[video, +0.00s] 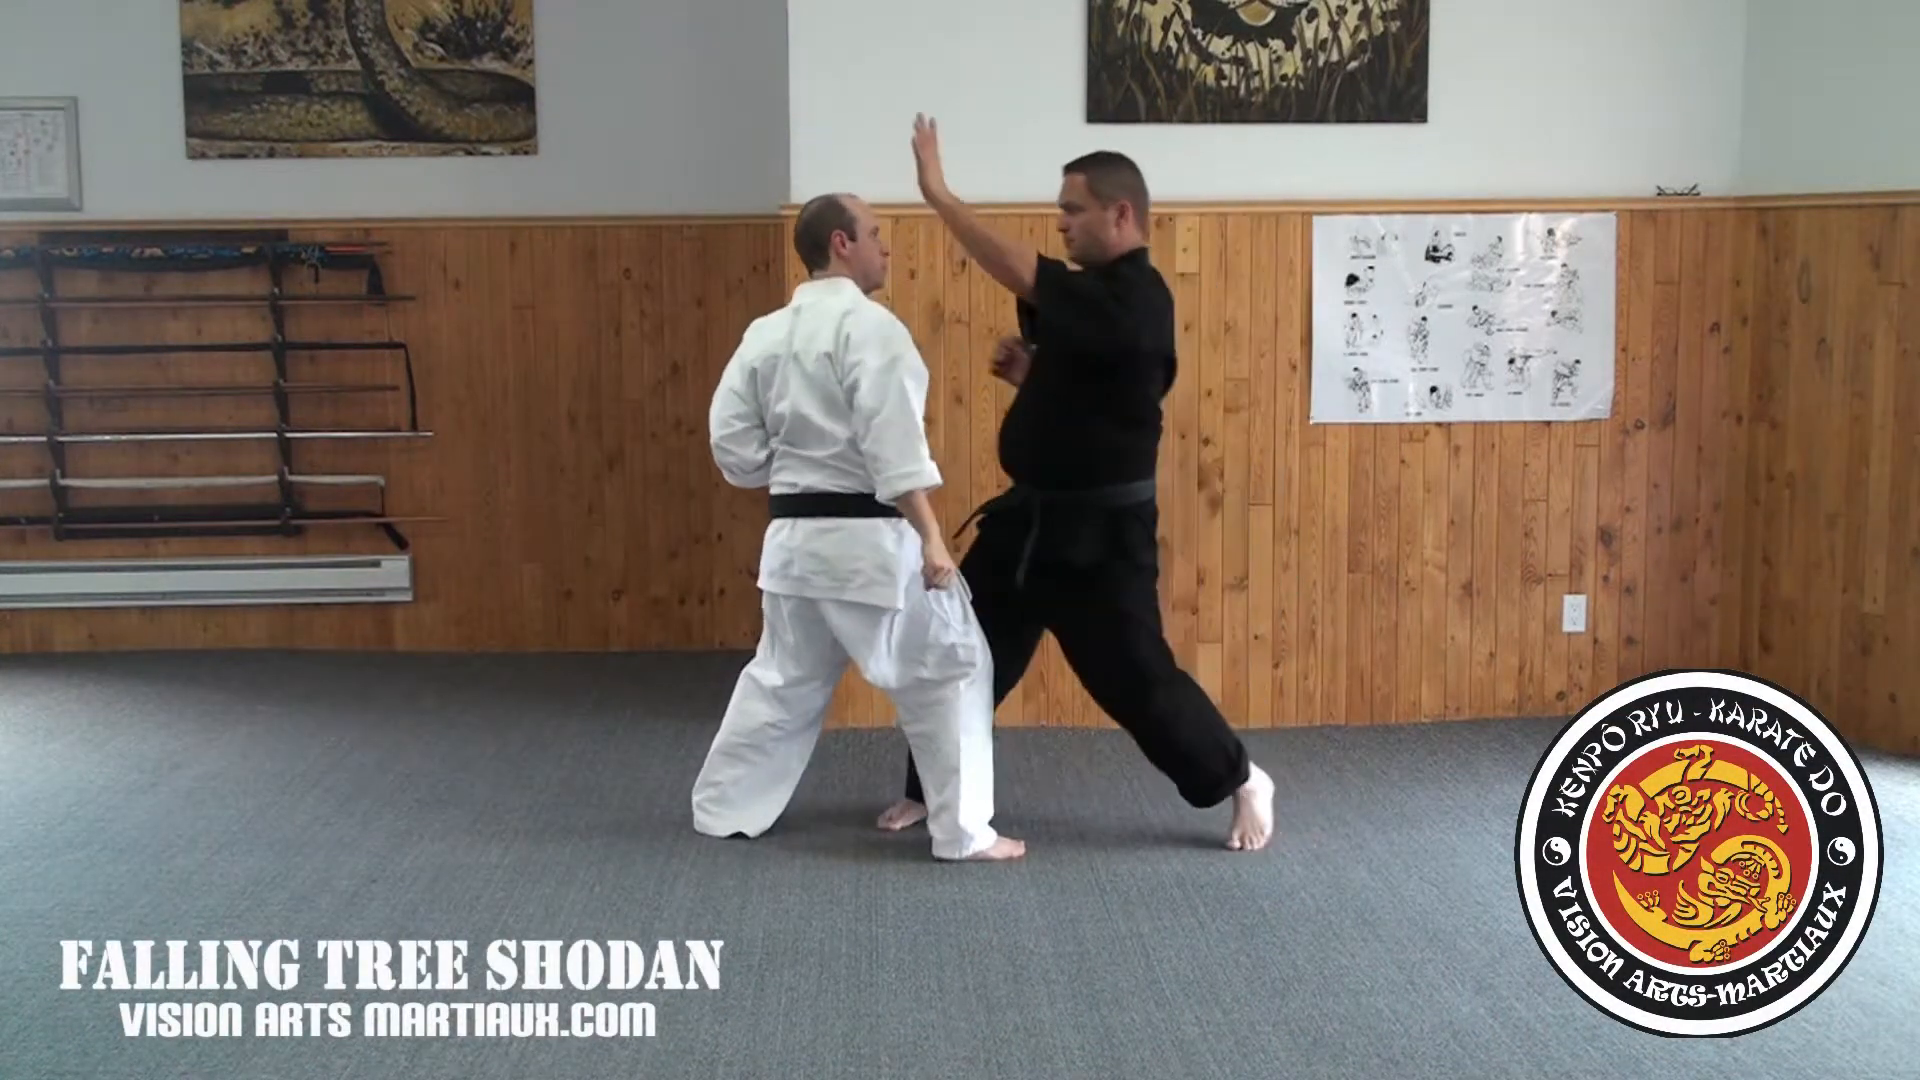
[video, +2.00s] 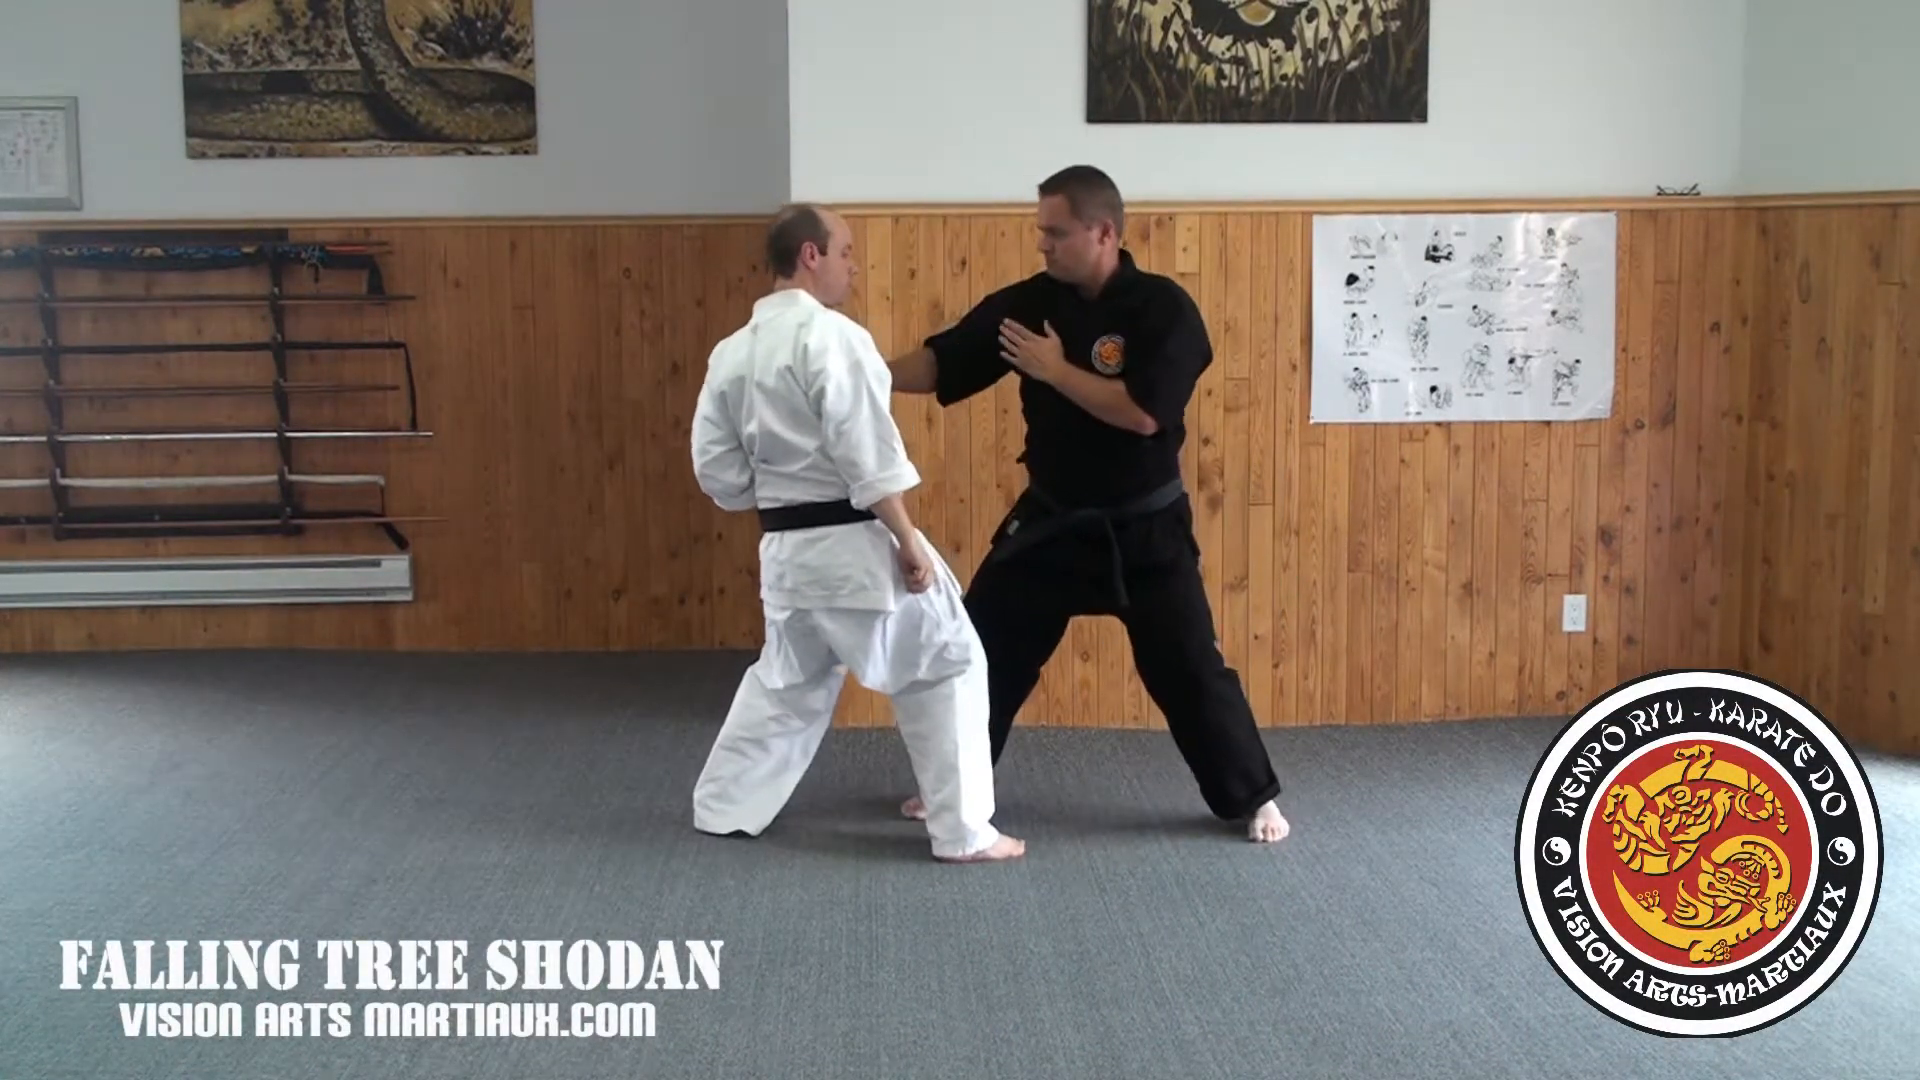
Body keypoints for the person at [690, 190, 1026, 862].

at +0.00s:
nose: (885, 248)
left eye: (881, 235)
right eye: (875, 236)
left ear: (823, 249)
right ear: (843, 245)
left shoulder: (765, 333)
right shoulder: (873, 329)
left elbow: (731, 440)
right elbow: (894, 446)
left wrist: (792, 480)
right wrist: (933, 537)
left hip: (790, 540)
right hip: (872, 541)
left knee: (781, 677)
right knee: (950, 669)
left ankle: (721, 809)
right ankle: (965, 830)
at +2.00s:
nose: (852, 270)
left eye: (851, 256)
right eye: (845, 256)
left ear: (786, 262)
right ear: (810, 258)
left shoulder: (730, 353)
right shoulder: (833, 337)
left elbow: (720, 474)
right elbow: (865, 448)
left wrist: (786, 501)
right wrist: (907, 536)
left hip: (784, 553)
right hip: (859, 548)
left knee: (787, 678)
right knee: (949, 664)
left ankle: (721, 807)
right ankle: (964, 830)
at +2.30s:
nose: (844, 269)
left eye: (844, 255)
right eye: (837, 255)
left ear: (782, 259)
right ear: (801, 257)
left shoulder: (722, 350)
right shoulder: (822, 340)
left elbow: (708, 466)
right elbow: (848, 455)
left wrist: (772, 501)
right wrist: (889, 542)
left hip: (773, 550)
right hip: (843, 546)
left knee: (784, 677)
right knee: (938, 665)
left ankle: (721, 807)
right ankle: (962, 830)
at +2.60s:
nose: (835, 267)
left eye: (834, 253)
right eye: (826, 253)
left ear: (775, 258)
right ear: (790, 255)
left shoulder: (714, 350)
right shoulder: (805, 340)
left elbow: (702, 461)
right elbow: (827, 456)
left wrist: (763, 504)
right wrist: (869, 545)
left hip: (765, 551)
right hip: (829, 548)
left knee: (785, 678)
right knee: (928, 668)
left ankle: (721, 806)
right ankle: (962, 831)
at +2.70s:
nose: (834, 266)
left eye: (833, 252)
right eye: (823, 252)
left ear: (774, 258)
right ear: (786, 255)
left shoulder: (713, 351)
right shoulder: (801, 340)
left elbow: (701, 463)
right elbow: (821, 457)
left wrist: (763, 505)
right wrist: (865, 550)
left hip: (763, 551)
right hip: (826, 549)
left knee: (785, 679)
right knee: (927, 668)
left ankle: (721, 806)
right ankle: (962, 831)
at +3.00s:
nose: (829, 261)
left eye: (827, 246)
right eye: (818, 246)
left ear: (768, 255)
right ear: (781, 252)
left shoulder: (711, 350)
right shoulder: (804, 343)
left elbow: (700, 461)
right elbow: (827, 459)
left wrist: (761, 503)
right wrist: (869, 549)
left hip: (764, 550)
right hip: (830, 548)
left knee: (782, 679)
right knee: (927, 668)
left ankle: (722, 807)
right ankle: (962, 830)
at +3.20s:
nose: (830, 261)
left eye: (829, 246)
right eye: (821, 247)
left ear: (768, 256)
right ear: (786, 252)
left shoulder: (711, 350)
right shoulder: (810, 341)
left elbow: (700, 463)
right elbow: (835, 458)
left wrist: (762, 502)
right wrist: (876, 548)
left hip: (765, 551)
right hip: (834, 548)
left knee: (781, 678)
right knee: (928, 665)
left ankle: (721, 808)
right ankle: (962, 830)